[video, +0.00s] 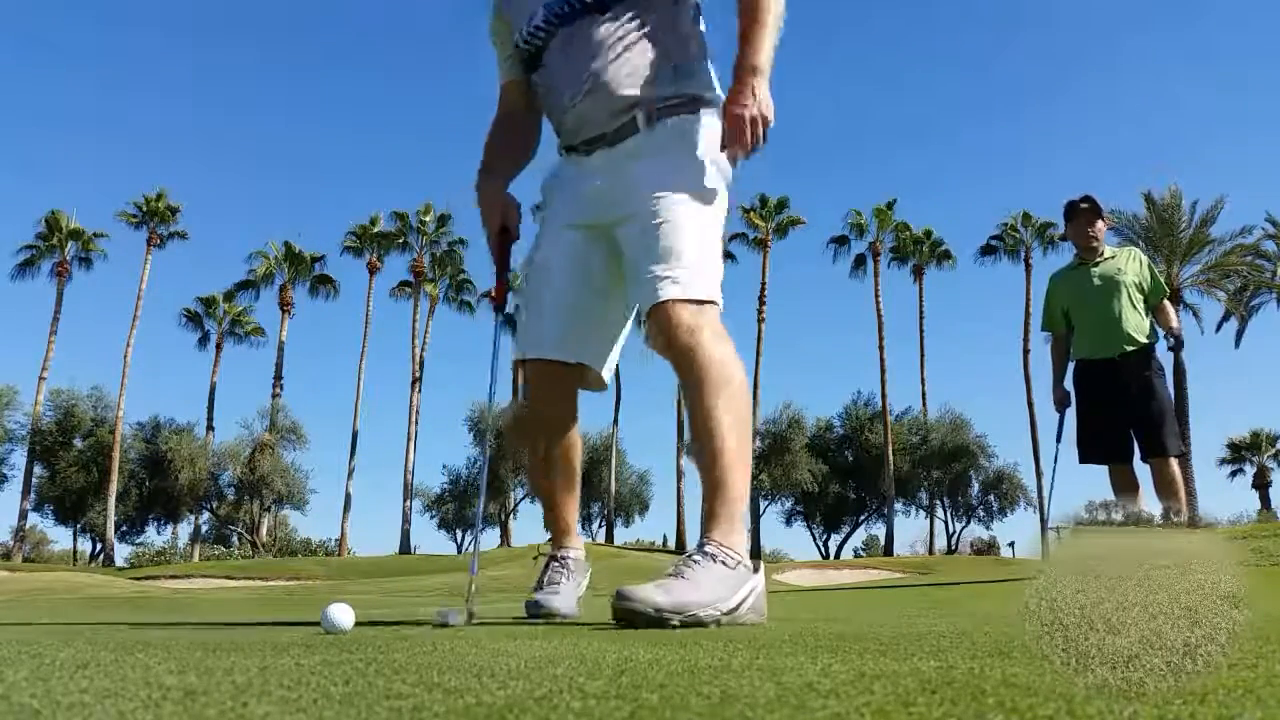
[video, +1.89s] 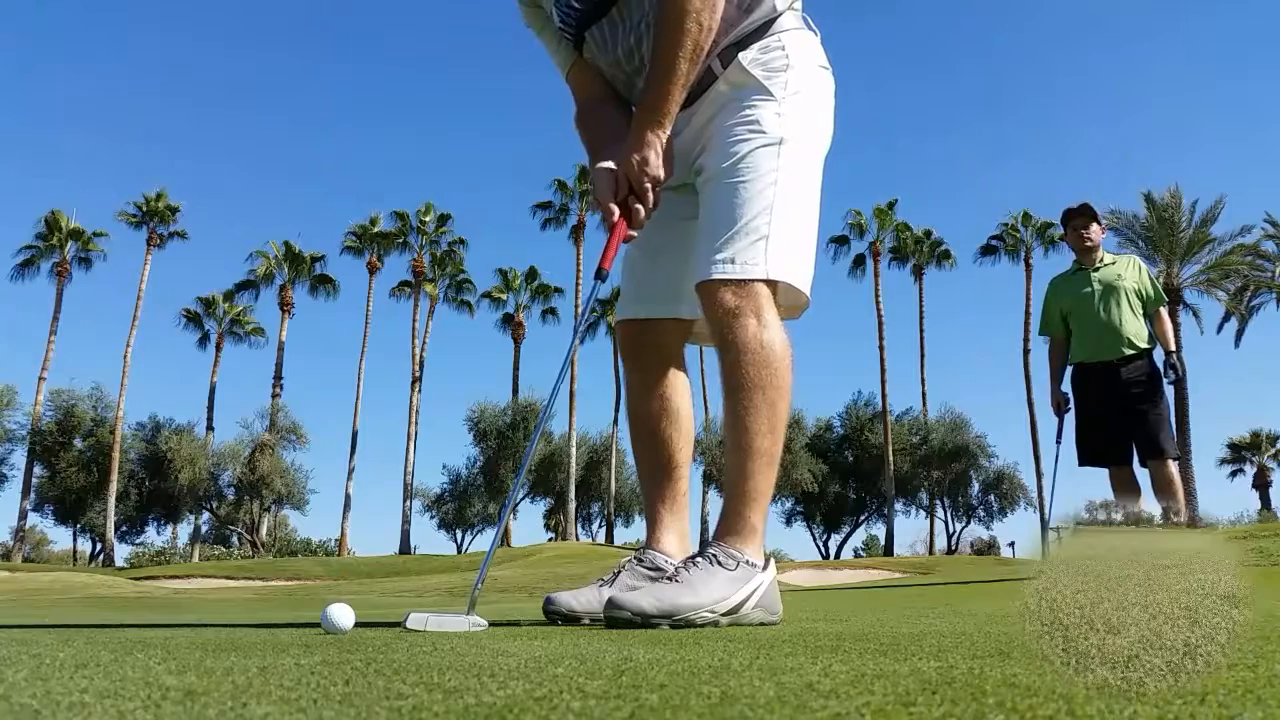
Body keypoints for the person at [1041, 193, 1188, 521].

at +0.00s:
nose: (1089, 228)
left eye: (1094, 221)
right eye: (1080, 224)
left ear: (1105, 225)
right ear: (1068, 232)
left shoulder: (1133, 259)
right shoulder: (1061, 281)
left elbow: (1159, 301)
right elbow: (1060, 337)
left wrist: (1172, 327)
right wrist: (1058, 384)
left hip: (1140, 366)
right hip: (1094, 374)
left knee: (1161, 451)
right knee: (1117, 459)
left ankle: (1179, 527)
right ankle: (1134, 532)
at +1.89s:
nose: (1084, 232)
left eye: (1089, 226)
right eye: (1076, 229)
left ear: (1101, 230)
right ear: (1066, 239)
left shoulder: (1131, 266)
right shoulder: (1060, 286)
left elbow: (1158, 312)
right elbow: (1057, 341)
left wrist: (1171, 352)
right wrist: (1055, 387)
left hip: (1139, 373)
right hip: (1093, 380)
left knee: (1160, 455)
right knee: (1117, 462)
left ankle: (1178, 529)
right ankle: (1135, 534)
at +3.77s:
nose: (1091, 218)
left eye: (1097, 212)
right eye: (1083, 215)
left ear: (1113, 216)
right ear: (1076, 225)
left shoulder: (1144, 254)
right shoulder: (1067, 272)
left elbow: (1167, 304)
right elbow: (1063, 329)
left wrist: (1182, 347)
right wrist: (1057, 377)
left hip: (1140, 364)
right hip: (1092, 369)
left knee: (1140, 457)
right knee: (1099, 461)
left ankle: (1148, 529)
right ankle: (1122, 524)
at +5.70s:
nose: (1088, 164)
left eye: (1094, 155)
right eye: (1078, 160)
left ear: (1112, 160)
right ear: (1070, 172)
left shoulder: (1152, 205)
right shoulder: (1061, 229)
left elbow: (1182, 264)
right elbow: (1059, 297)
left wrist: (1201, 312)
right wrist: (1054, 354)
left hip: (1150, 335)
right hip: (1091, 341)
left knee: (1150, 444)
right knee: (1105, 442)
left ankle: (1148, 533)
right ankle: (1114, 533)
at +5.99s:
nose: (1074, 161)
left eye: (1081, 152)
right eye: (1064, 157)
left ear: (1099, 156)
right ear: (1055, 168)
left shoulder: (1139, 200)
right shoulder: (1049, 229)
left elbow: (1170, 263)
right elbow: (1047, 299)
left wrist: (1191, 319)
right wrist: (1043, 355)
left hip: (1144, 333)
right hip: (1084, 343)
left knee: (1162, 435)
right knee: (1104, 444)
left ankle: (1153, 521)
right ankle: (1119, 530)